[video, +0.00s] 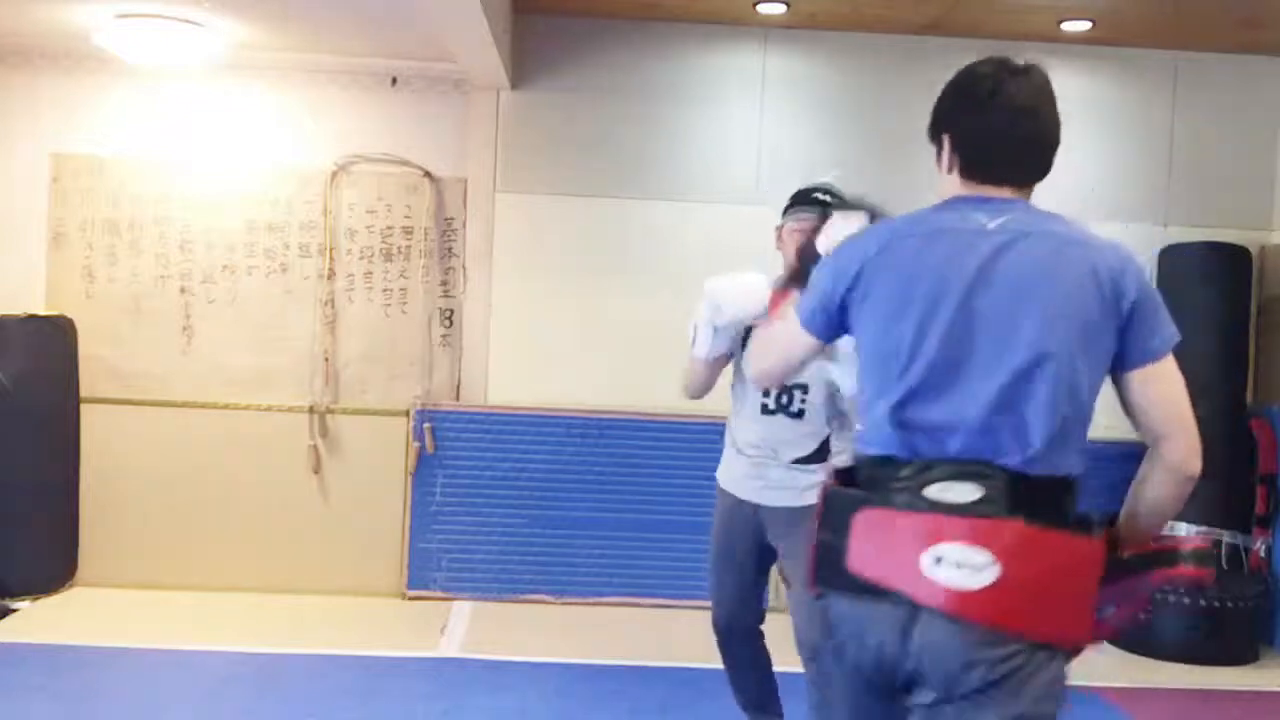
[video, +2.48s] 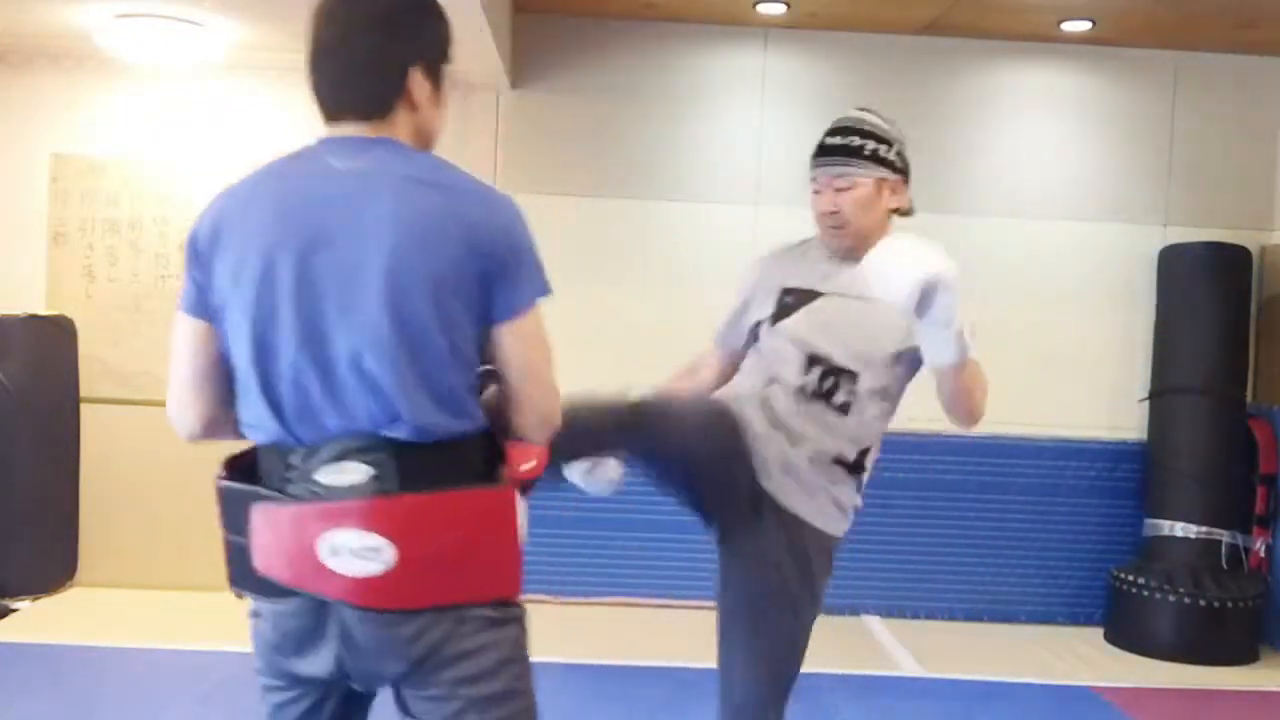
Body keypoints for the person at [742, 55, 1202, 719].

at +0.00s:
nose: (936, 160)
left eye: (936, 147)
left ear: (946, 152)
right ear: (1047, 159)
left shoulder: (875, 250)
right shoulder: (1106, 269)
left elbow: (763, 364)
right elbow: (1179, 455)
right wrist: (1120, 548)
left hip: (867, 555)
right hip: (1011, 575)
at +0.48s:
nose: (933, 130)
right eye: (933, 115)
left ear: (817, 114)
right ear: (921, 131)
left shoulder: (742, 211)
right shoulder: (924, 228)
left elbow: (715, 349)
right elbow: (1018, 446)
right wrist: (1017, 539)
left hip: (704, 544)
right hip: (824, 561)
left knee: (710, 698)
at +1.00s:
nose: (812, 115)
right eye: (814, 96)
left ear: (684, 80)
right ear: (798, 101)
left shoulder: (594, 198)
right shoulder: (804, 222)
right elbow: (899, 469)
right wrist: (882, 572)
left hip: (574, 554)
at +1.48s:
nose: (722, 105)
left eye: (725, 87)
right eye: (725, 86)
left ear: (598, 80)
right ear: (709, 91)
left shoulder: (493, 204)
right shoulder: (755, 225)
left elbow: (413, 381)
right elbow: (828, 454)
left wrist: (519, 374)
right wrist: (754, 434)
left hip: (475, 586)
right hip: (632, 600)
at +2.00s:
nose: (576, 103)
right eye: (580, 86)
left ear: (451, 79)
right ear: (565, 88)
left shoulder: (356, 207)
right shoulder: (631, 219)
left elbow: (283, 432)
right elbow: (676, 436)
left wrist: (380, 423)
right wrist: (560, 428)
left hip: (403, 607)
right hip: (575, 609)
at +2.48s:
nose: (446, 107)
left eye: (444, 85)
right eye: (444, 83)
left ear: (324, 83)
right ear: (417, 84)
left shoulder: (228, 214)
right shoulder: (475, 210)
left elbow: (194, 416)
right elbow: (537, 419)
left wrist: (305, 402)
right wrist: (478, 398)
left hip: (287, 574)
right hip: (440, 568)